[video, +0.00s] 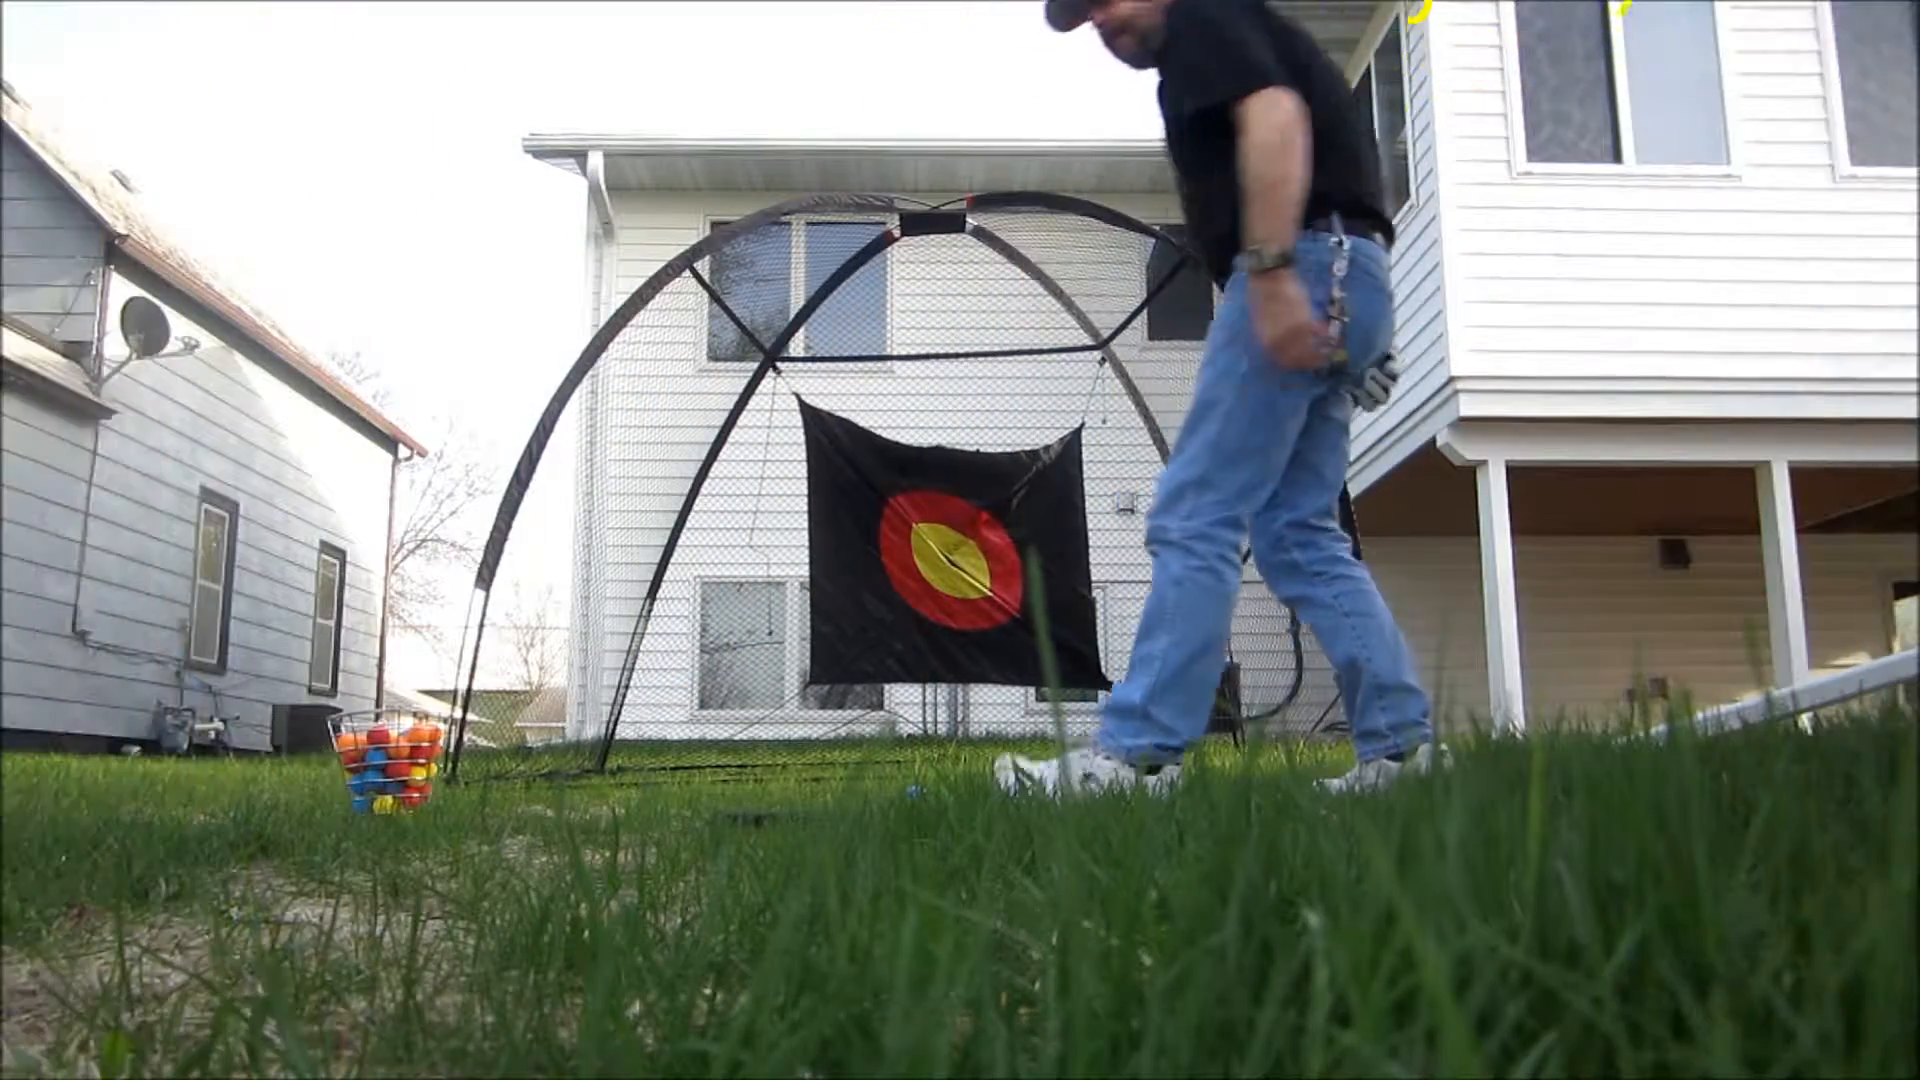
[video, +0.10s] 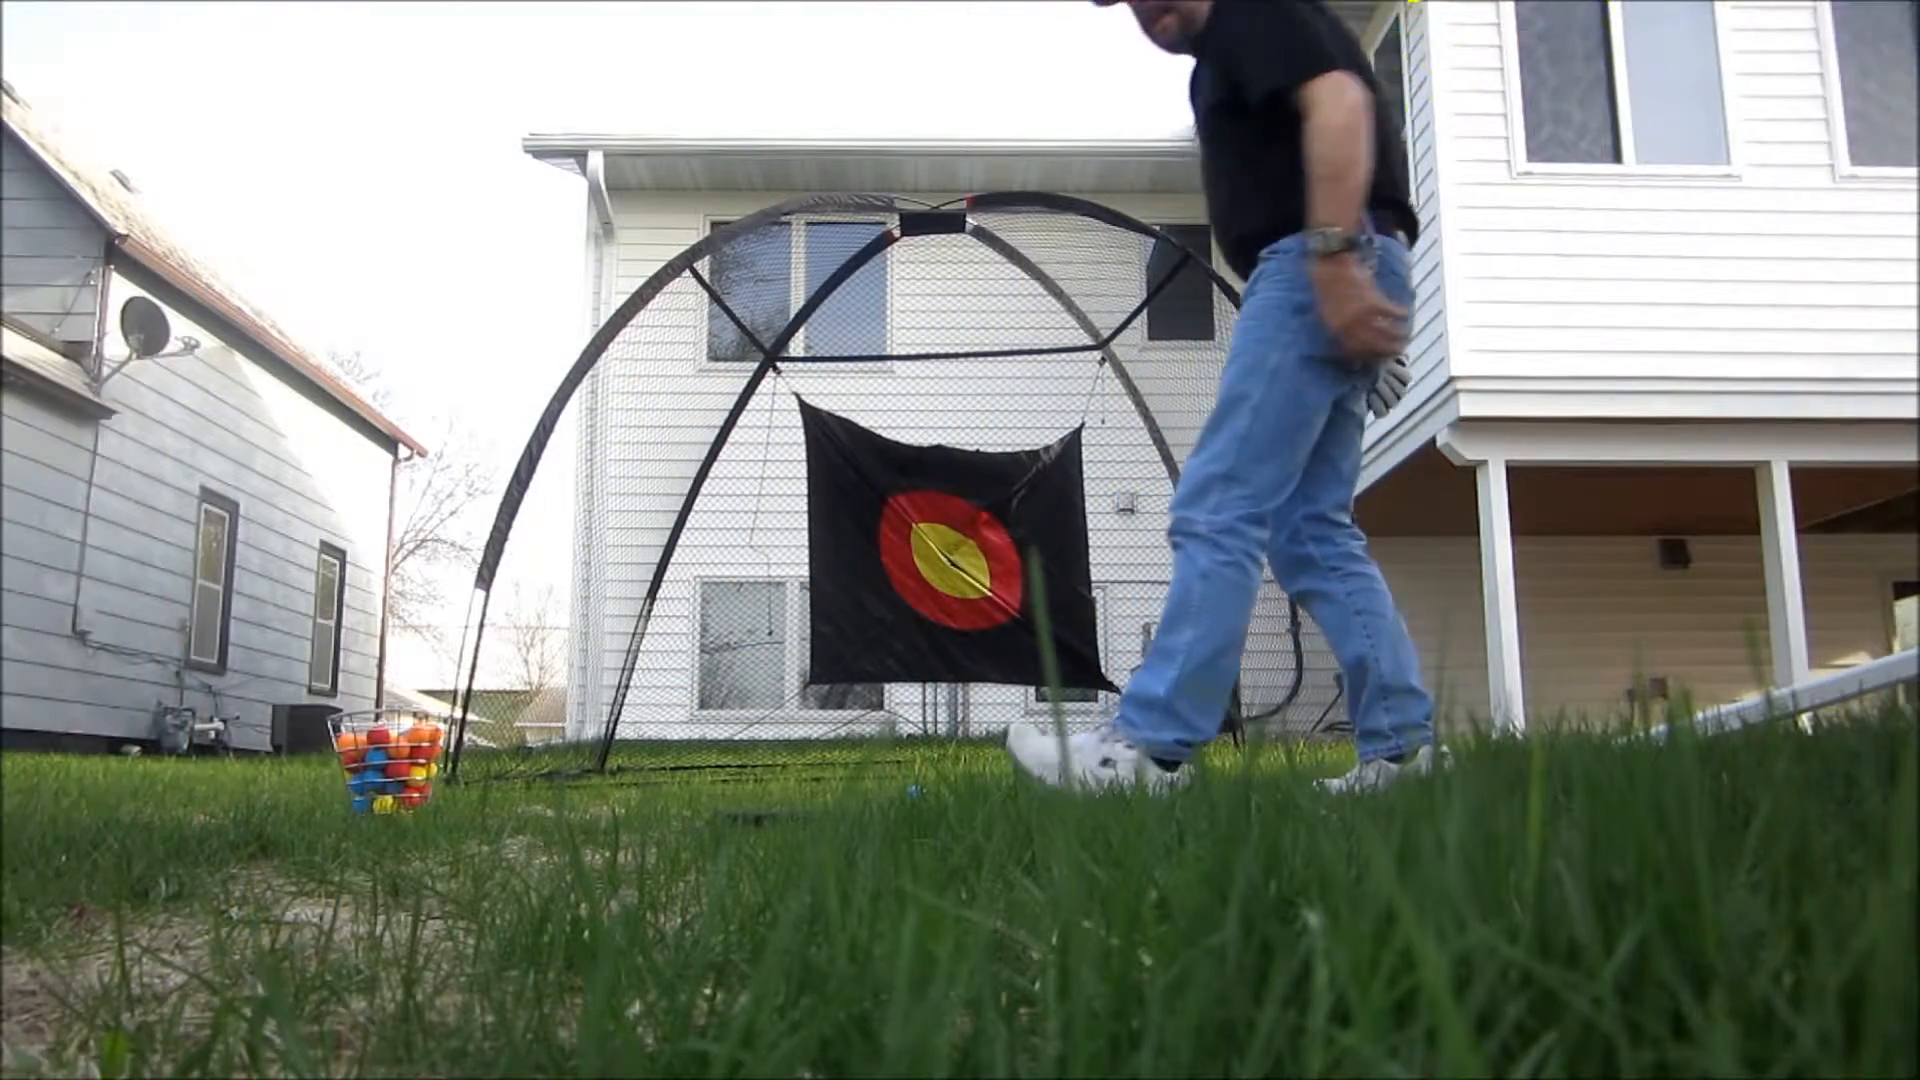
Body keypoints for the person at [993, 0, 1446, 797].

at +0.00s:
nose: (1099, 33)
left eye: (1100, 13)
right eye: (1089, 25)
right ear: (1122, 14)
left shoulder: (1204, 19)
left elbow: (1276, 115)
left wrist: (1268, 275)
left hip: (1296, 269)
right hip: (1345, 274)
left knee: (1196, 519)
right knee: (1296, 532)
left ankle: (1137, 751)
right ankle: (1401, 745)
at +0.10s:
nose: (1141, 14)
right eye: (1131, 7)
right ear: (1153, 13)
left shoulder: (1256, 15)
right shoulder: (1223, 57)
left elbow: (1339, 99)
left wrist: (1332, 258)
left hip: (1310, 266)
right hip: (1348, 268)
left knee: (1219, 511)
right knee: (1310, 529)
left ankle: (1151, 744)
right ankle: (1401, 747)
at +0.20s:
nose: (1193, 5)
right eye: (1188, 1)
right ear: (1214, 7)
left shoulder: (1304, 7)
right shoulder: (1256, 50)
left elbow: (1405, 86)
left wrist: (1414, 240)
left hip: (1342, 255)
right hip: (1344, 260)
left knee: (1250, 486)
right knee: (1330, 521)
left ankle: (1205, 735)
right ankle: (1400, 747)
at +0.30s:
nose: (1222, 2)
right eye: (1221, 2)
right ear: (1247, 4)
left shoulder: (1341, 4)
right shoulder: (1277, 40)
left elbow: (1437, 86)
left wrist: (1447, 238)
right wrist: (1434, 270)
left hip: (1362, 242)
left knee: (1270, 477)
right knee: (1350, 507)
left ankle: (1287, 734)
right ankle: (1400, 745)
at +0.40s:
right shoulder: (1296, 24)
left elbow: (1464, 83)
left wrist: (1462, 236)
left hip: (1375, 229)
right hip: (1357, 238)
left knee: (1295, 475)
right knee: (1364, 498)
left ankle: (1380, 724)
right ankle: (1405, 725)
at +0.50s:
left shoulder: (1403, 0)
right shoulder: (1318, 22)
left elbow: (1484, 77)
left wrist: (1473, 234)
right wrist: (1319, 257)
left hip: (1389, 227)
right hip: (1346, 246)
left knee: (1363, 489)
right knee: (1357, 506)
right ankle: (1403, 749)